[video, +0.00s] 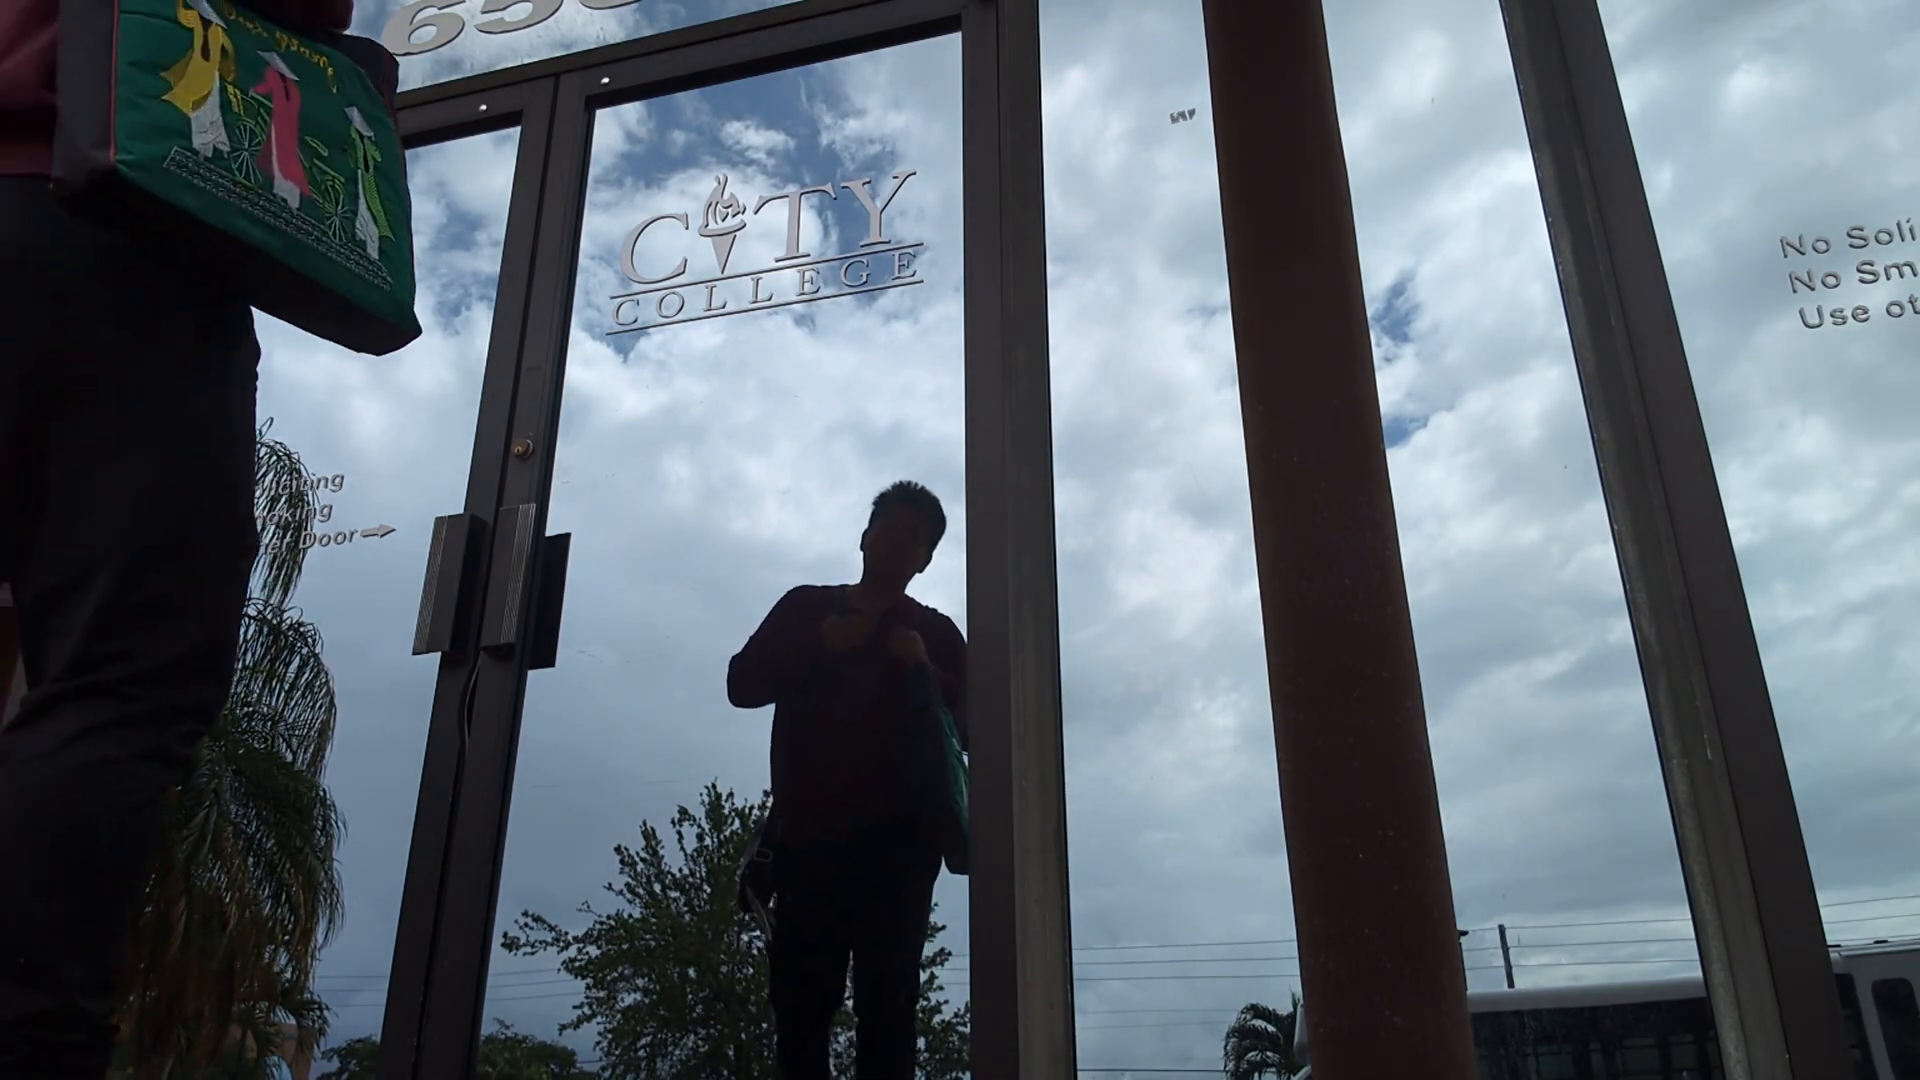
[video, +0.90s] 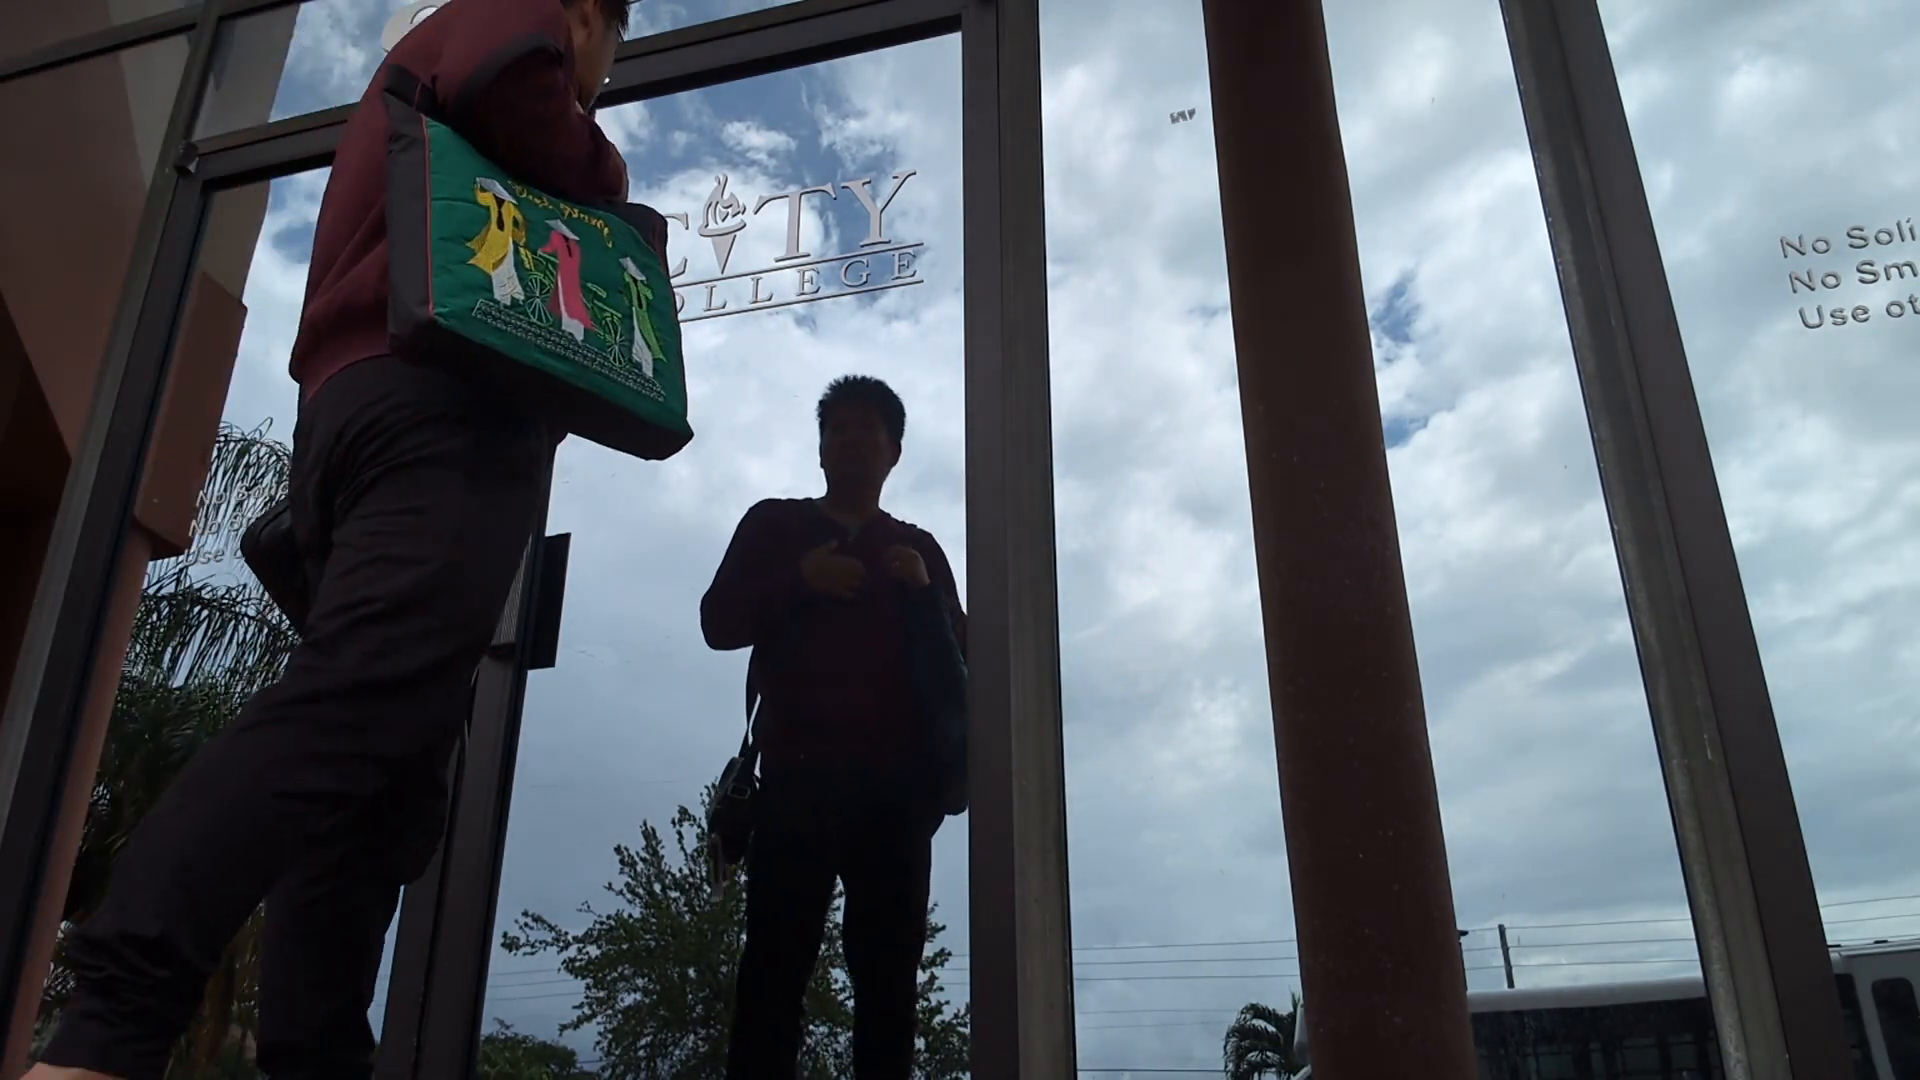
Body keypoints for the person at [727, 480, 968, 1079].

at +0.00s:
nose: (896, 545)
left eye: (913, 539)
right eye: (888, 530)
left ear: (927, 557)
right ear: (866, 534)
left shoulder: (939, 633)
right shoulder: (805, 606)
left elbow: (972, 732)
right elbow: (741, 687)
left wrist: (920, 666)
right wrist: (820, 643)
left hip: (902, 840)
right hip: (809, 832)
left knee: (889, 1008)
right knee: (800, 1009)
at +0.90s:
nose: (852, 443)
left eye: (868, 431)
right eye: (839, 429)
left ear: (894, 450)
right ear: (820, 444)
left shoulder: (919, 549)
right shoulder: (772, 522)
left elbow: (958, 659)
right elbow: (717, 624)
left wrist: (921, 590)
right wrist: (802, 579)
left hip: (896, 785)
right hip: (795, 777)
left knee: (888, 979)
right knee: (774, 972)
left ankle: (884, 1079)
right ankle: (759, 1076)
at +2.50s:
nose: (918, 439)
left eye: (922, 423)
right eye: (914, 418)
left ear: (870, 416)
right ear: (872, 408)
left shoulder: (879, 508)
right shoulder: (777, 462)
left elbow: (883, 627)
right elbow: (719, 564)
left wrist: (923, 705)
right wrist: (842, 577)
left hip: (887, 757)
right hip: (805, 750)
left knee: (897, 953)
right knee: (787, 948)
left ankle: (883, 1075)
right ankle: (759, 1071)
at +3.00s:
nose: (902, 438)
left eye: (905, 421)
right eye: (899, 417)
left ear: (858, 410)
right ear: (863, 405)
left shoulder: (866, 511)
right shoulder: (766, 462)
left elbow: (888, 635)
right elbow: (712, 565)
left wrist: (934, 737)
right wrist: (829, 580)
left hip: (881, 756)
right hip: (798, 752)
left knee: (895, 952)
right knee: (784, 948)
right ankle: (756, 1075)